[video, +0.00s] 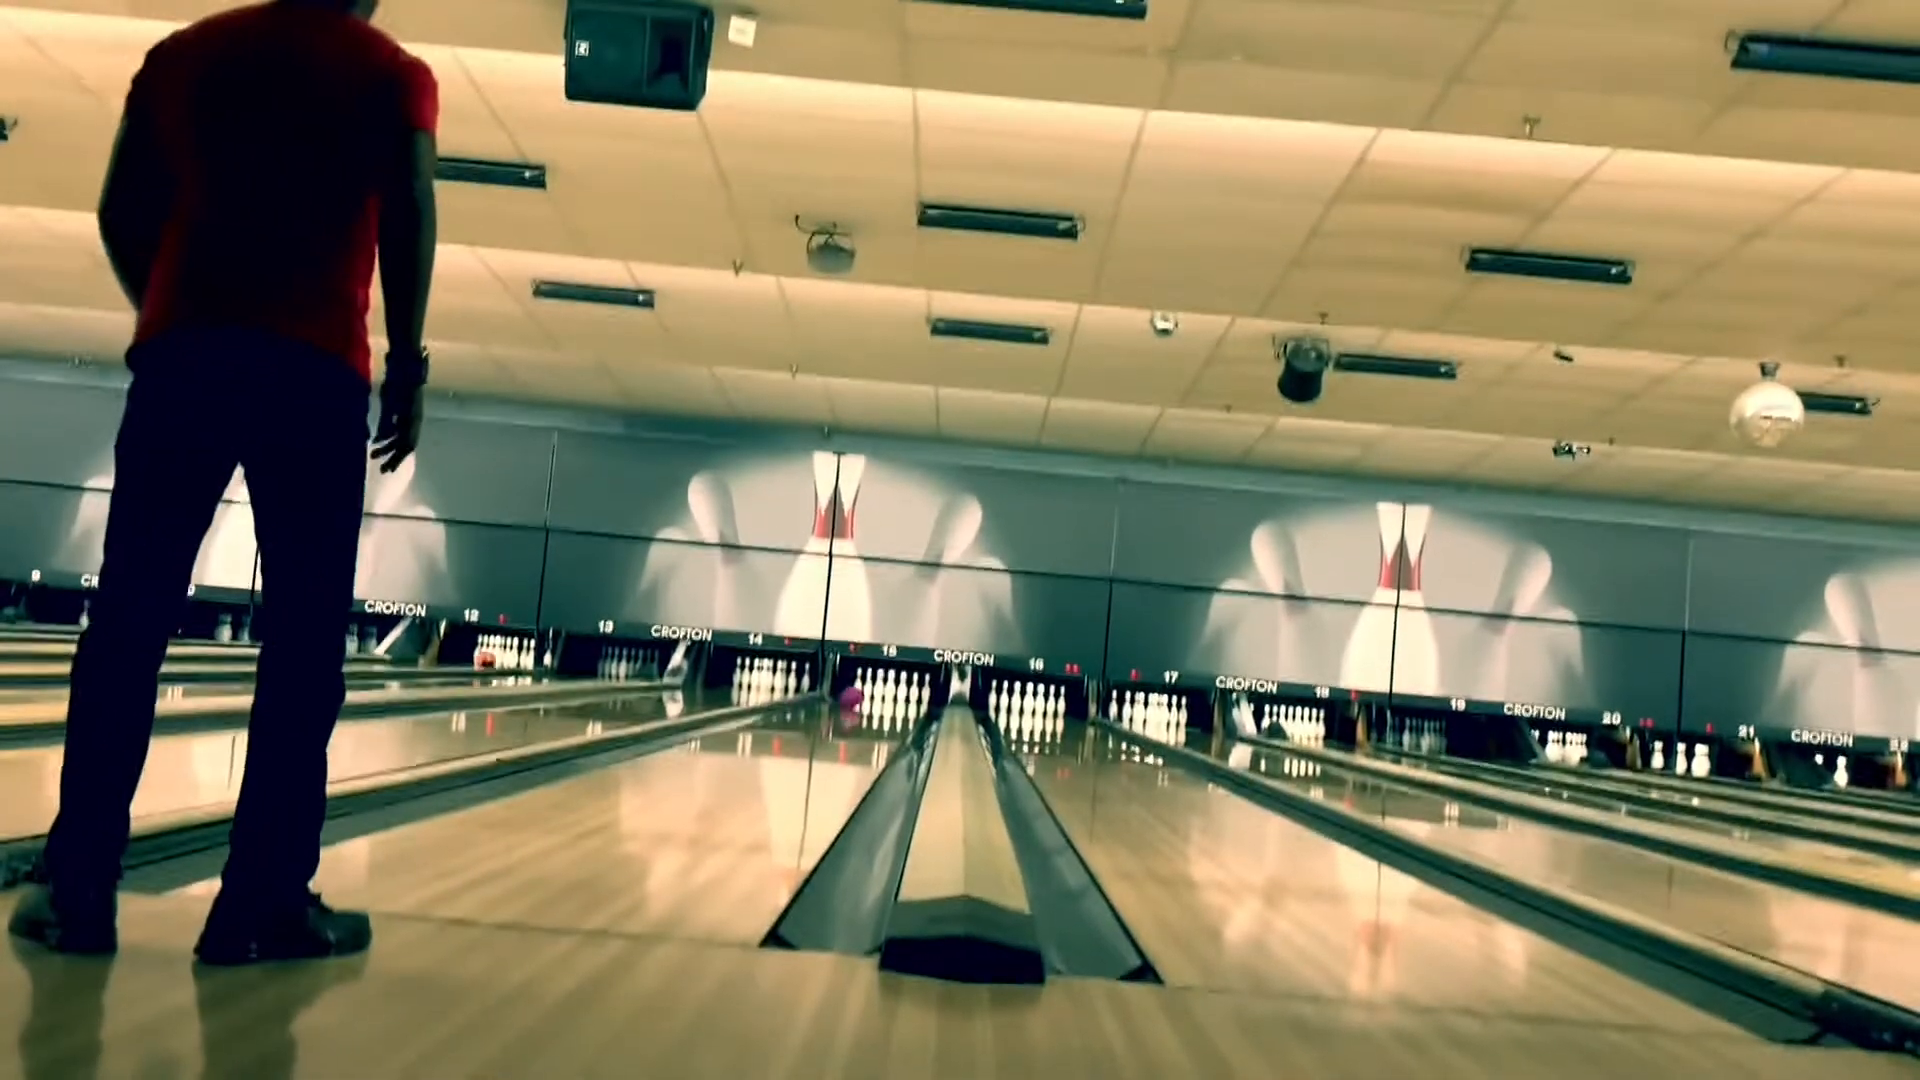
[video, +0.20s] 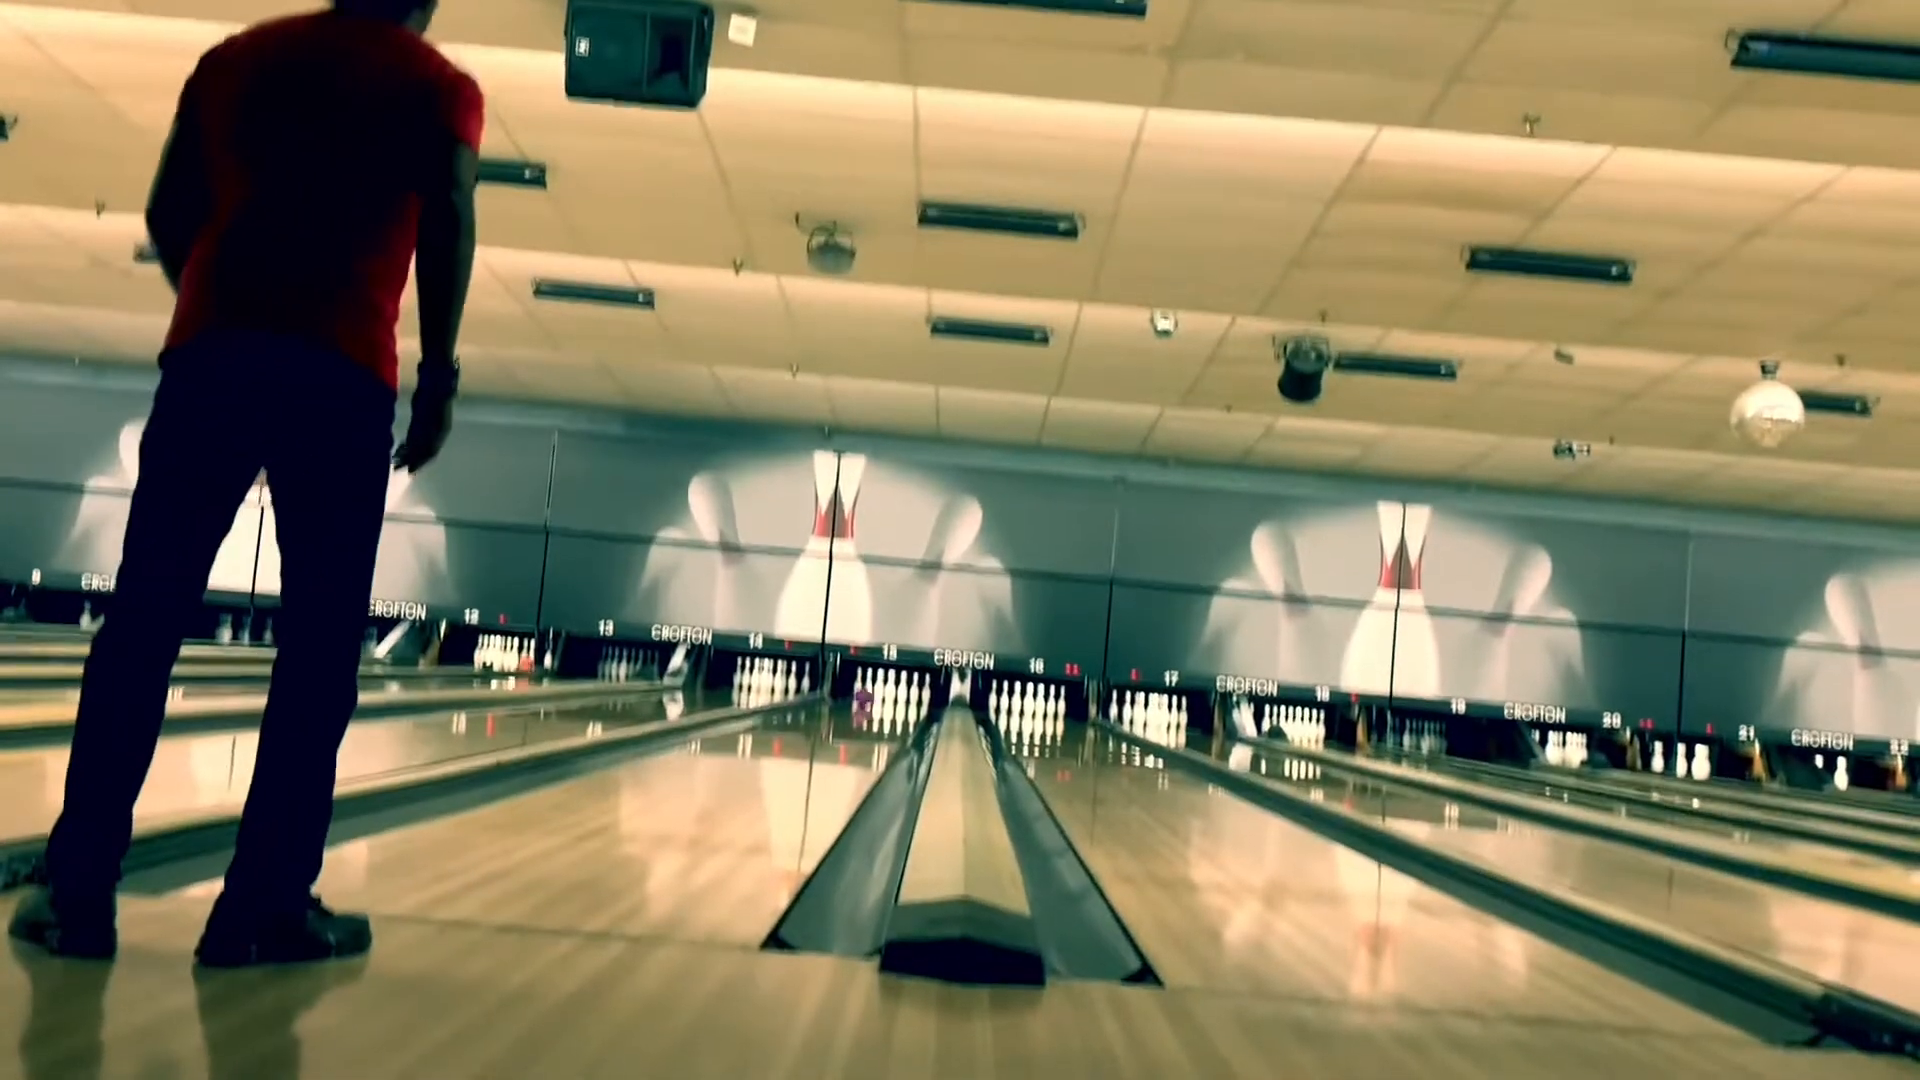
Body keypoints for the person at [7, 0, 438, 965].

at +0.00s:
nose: (381, 1)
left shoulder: (179, 53)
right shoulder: (394, 70)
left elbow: (121, 216)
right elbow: (409, 217)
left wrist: (179, 320)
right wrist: (405, 358)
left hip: (180, 366)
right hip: (313, 376)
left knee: (126, 622)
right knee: (304, 645)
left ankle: (78, 899)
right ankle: (262, 908)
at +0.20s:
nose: (434, 20)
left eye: (427, 14)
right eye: (435, 12)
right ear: (420, 5)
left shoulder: (231, 56)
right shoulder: (443, 85)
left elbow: (167, 216)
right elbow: (446, 230)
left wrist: (231, 312)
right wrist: (437, 371)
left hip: (208, 367)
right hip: (340, 381)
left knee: (141, 623)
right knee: (320, 651)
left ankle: (79, 899)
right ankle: (263, 910)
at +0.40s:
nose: (488, 28)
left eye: (482, 19)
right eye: (492, 19)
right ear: (484, 15)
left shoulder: (291, 66)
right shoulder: (492, 103)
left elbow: (214, 214)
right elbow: (483, 239)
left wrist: (275, 309)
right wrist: (455, 383)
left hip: (228, 362)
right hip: (357, 385)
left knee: (130, 605)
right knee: (332, 645)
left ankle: (35, 880)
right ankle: (264, 906)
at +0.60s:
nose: (534, 31)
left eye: (530, 23)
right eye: (539, 22)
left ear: (439, 3)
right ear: (529, 21)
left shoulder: (332, 62)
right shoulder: (529, 107)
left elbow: (247, 205)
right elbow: (504, 233)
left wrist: (294, 317)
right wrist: (466, 383)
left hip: (242, 343)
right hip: (367, 375)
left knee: (99, 566)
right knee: (338, 647)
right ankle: (263, 905)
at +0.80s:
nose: (544, 34)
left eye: (538, 26)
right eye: (548, 25)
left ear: (451, 4)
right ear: (540, 22)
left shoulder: (346, 57)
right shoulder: (539, 102)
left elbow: (257, 201)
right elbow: (513, 220)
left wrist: (310, 310)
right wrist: (470, 383)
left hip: (248, 336)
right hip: (371, 369)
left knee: (88, 545)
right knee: (336, 651)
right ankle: (261, 909)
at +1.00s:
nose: (528, 30)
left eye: (524, 21)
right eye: (532, 22)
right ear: (521, 15)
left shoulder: (330, 57)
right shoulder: (525, 100)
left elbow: (245, 202)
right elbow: (501, 231)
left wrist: (290, 315)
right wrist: (468, 385)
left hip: (242, 350)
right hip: (369, 379)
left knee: (117, 584)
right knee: (337, 654)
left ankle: (3, 824)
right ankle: (265, 915)